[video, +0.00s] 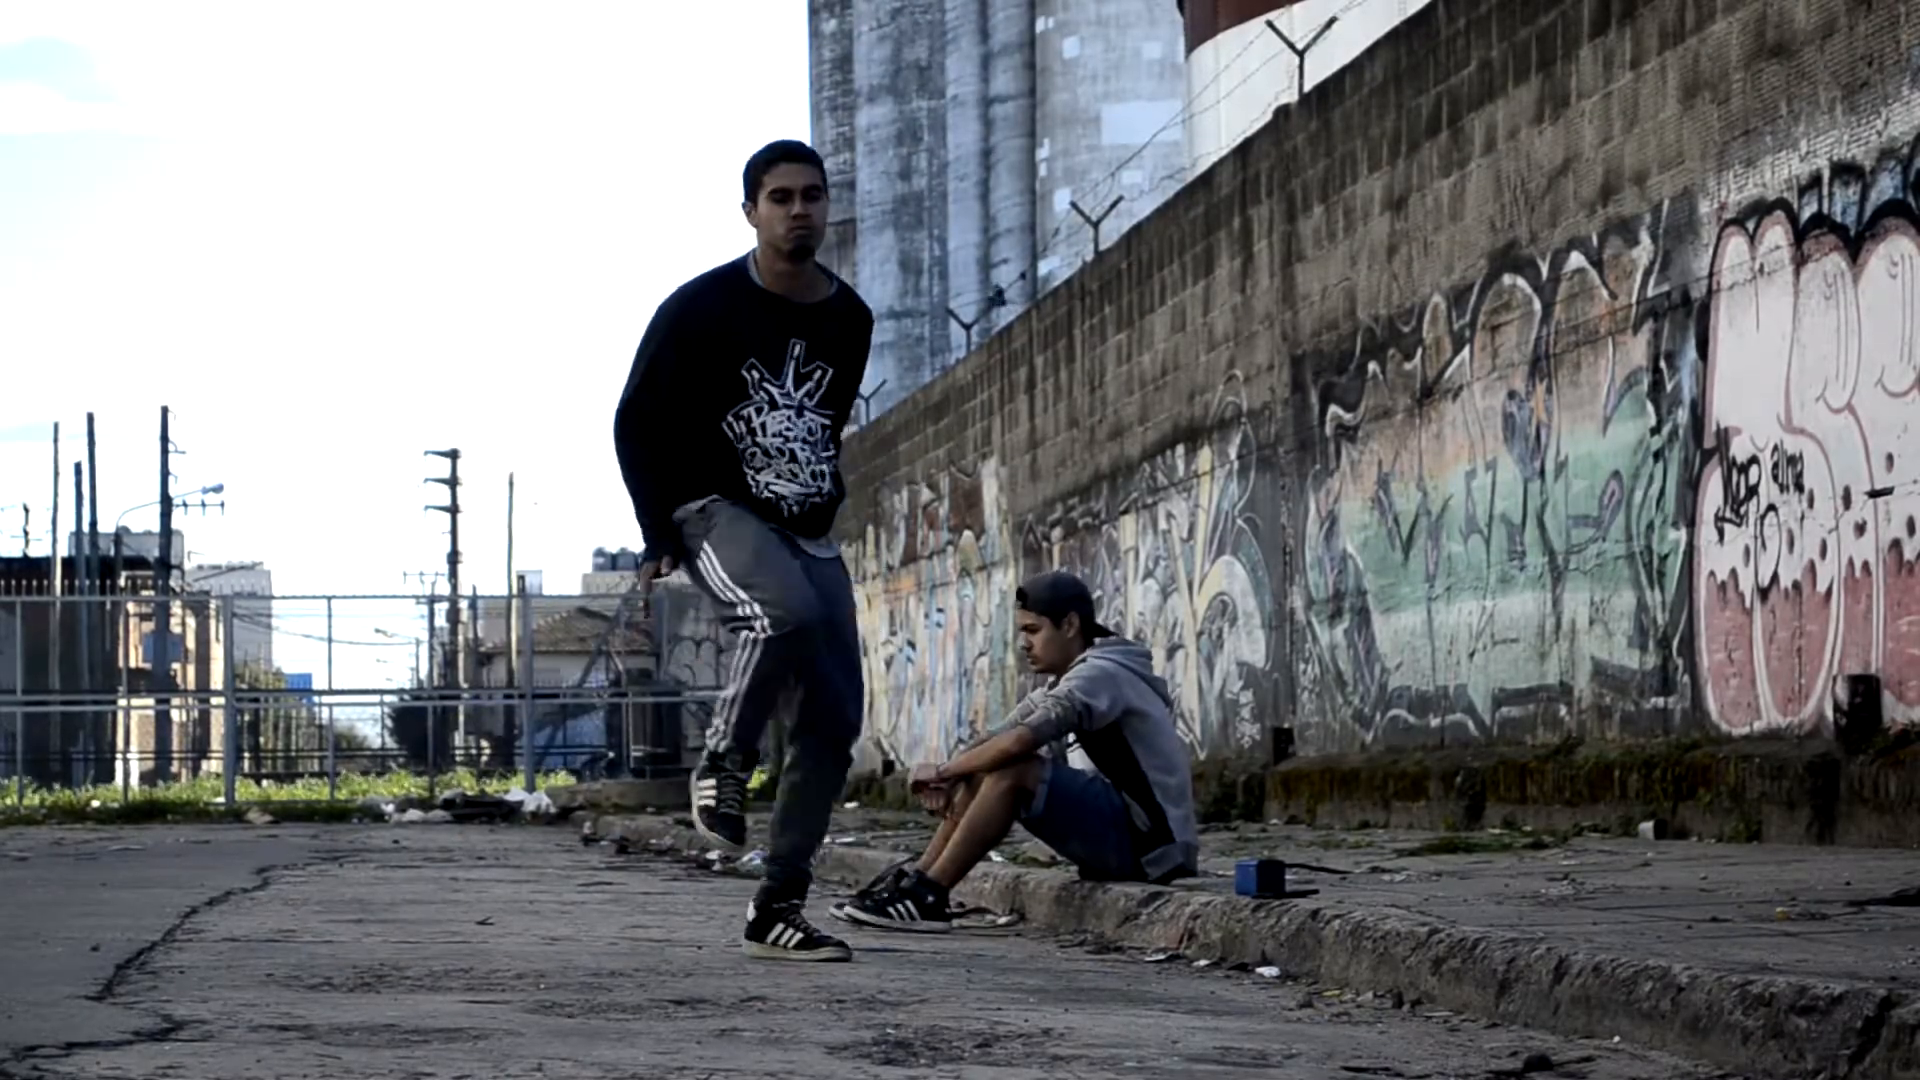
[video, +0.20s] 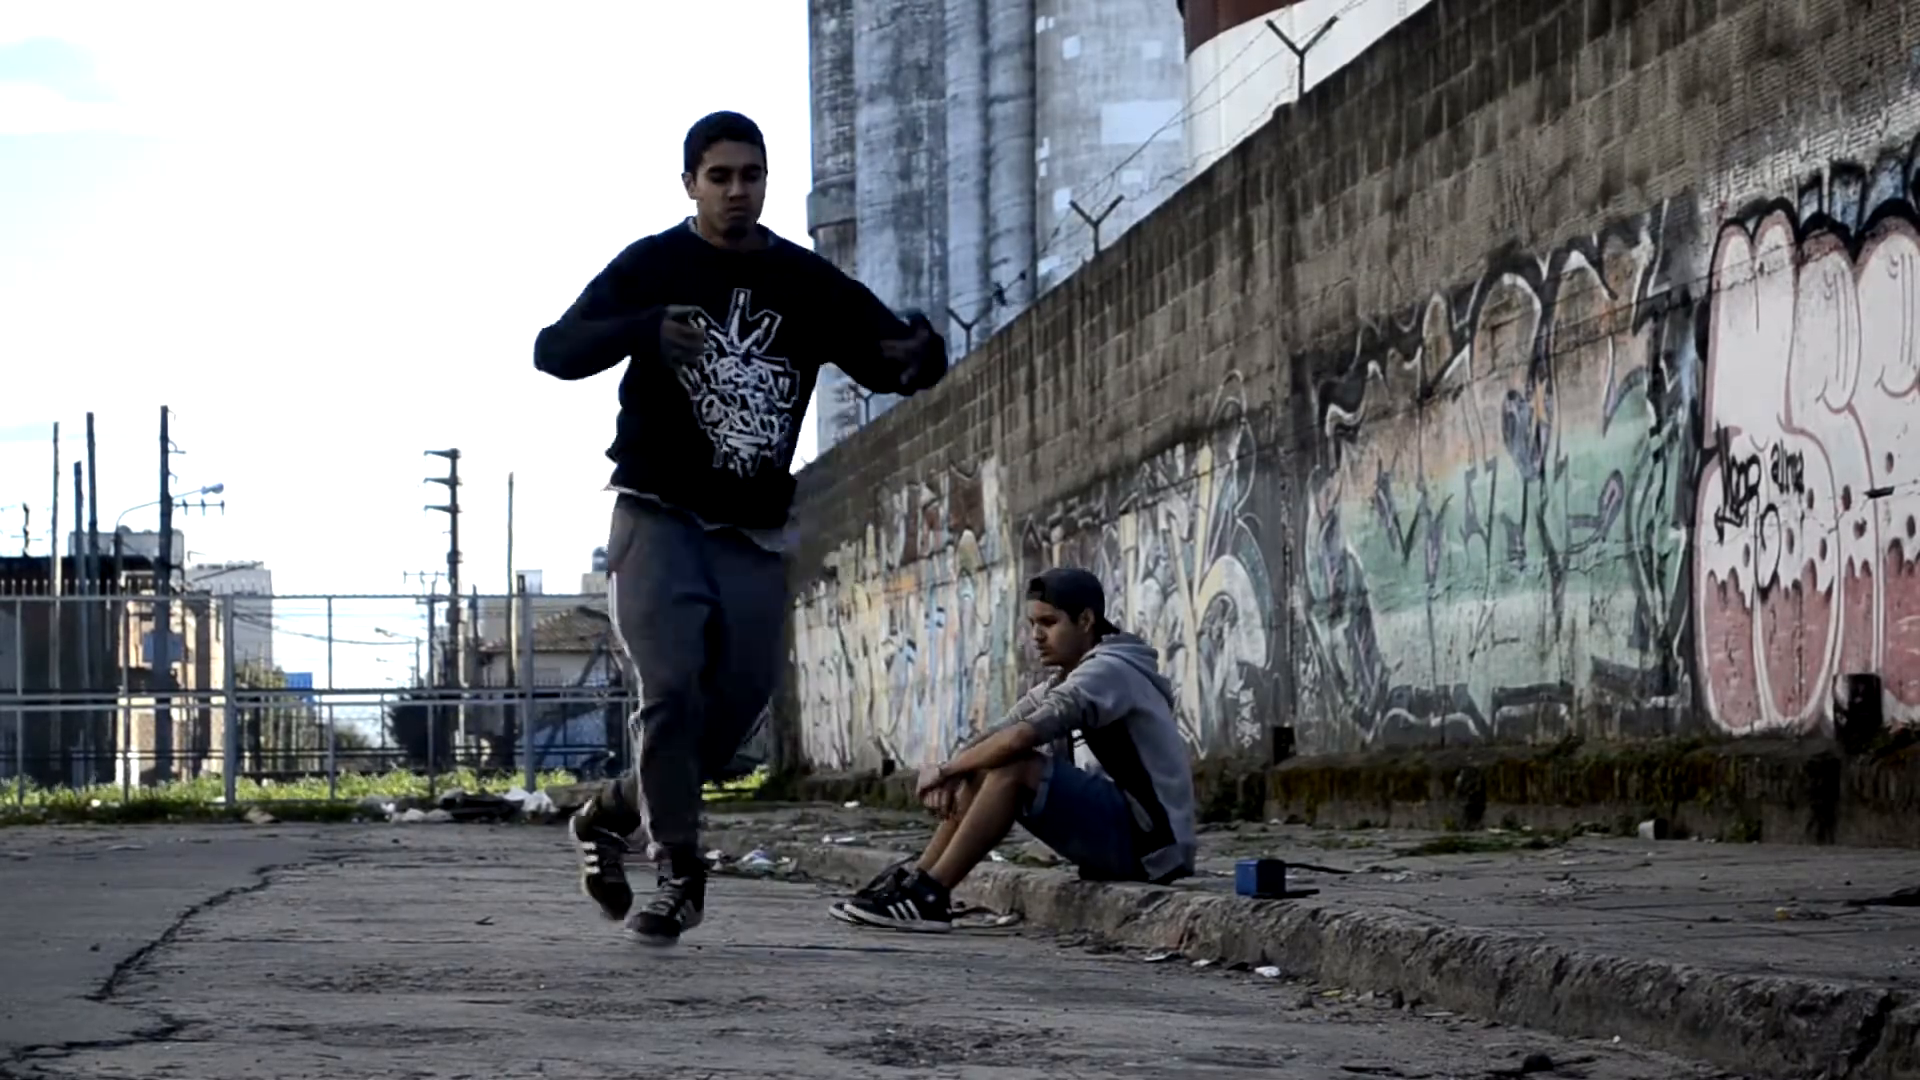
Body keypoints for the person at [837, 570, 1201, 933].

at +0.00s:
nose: (1024, 644)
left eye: (1032, 631)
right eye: (1021, 633)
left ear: (1070, 626)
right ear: (1066, 628)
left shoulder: (1101, 671)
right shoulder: (1071, 676)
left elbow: (1021, 740)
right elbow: (1002, 733)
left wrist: (946, 770)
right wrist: (946, 772)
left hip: (1151, 845)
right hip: (1122, 835)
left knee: (1015, 771)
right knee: (986, 765)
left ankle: (932, 895)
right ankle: (914, 884)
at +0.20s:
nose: (1037, 636)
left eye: (1047, 623)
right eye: (1034, 625)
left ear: (1086, 621)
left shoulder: (1109, 668)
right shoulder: (1078, 670)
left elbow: (1023, 737)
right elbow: (1013, 725)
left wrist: (948, 768)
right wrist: (951, 767)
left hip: (1149, 845)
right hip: (1121, 836)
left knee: (1016, 767)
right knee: (989, 764)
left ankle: (933, 895)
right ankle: (913, 884)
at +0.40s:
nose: (1040, 642)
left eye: (1052, 629)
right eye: (1034, 629)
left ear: (1090, 624)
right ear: (1030, 626)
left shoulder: (1110, 670)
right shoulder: (1071, 673)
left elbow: (1024, 742)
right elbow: (1005, 730)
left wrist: (944, 773)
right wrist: (943, 773)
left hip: (1147, 844)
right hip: (1118, 834)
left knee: (1015, 770)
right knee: (985, 763)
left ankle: (932, 895)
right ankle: (914, 883)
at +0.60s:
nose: (1039, 654)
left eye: (1049, 640)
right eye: (1031, 641)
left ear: (1087, 631)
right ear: (1026, 637)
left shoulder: (1110, 675)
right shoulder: (1067, 680)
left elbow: (1022, 746)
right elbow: (998, 733)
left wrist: (942, 773)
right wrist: (944, 773)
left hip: (1149, 845)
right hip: (1118, 836)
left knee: (1015, 770)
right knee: (985, 763)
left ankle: (932, 895)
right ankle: (913, 883)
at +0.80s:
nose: (1040, 646)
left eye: (1051, 632)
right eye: (1034, 634)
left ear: (1089, 626)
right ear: (1030, 630)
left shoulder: (1109, 671)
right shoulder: (1078, 673)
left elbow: (1023, 741)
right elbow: (1010, 729)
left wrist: (942, 772)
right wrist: (952, 771)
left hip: (1149, 843)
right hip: (1122, 833)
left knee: (1012, 772)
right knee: (985, 765)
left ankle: (932, 895)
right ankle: (917, 882)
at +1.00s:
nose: (1035, 634)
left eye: (1047, 621)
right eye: (1030, 624)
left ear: (1085, 621)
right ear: (1026, 624)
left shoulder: (1103, 666)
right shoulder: (1081, 668)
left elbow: (1018, 741)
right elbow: (1012, 736)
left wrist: (940, 772)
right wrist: (948, 773)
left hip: (1149, 844)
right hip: (1123, 835)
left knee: (1011, 772)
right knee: (987, 766)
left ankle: (934, 893)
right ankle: (917, 879)